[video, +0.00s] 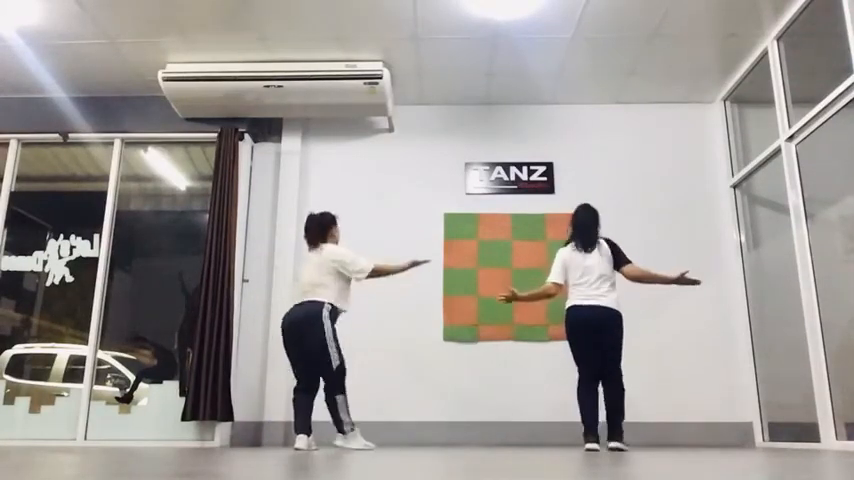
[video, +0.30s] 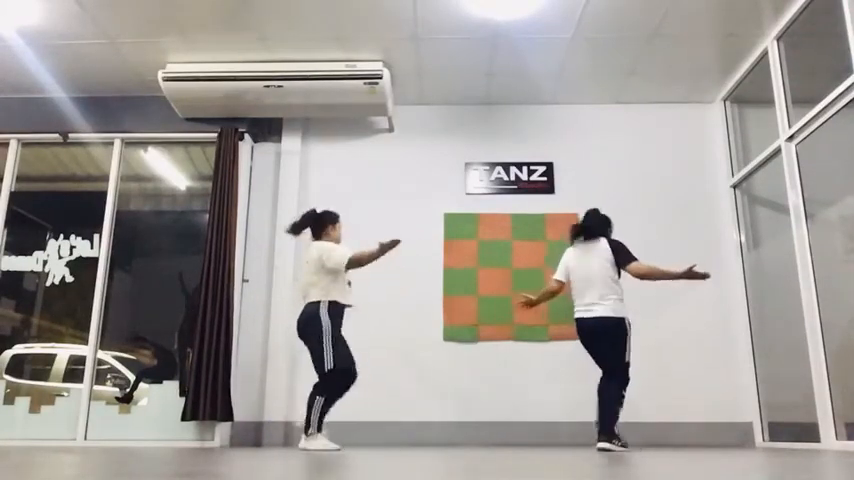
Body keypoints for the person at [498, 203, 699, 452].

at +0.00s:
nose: (575, 225)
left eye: (573, 221)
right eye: (592, 222)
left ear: (573, 225)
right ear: (597, 224)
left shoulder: (565, 252)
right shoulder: (608, 247)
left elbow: (552, 289)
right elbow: (633, 273)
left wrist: (520, 297)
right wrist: (672, 279)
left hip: (577, 315)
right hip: (609, 315)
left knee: (587, 375)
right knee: (612, 374)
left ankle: (591, 437)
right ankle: (615, 437)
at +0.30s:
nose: (610, 231)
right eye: (609, 228)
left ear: (582, 228)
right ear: (606, 228)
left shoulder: (571, 252)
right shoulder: (611, 246)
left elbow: (555, 287)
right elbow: (639, 271)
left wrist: (535, 300)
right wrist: (680, 275)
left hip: (584, 324)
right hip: (612, 321)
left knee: (609, 373)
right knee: (619, 375)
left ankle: (606, 431)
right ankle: (607, 434)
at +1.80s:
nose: (610, 219)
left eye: (607, 215)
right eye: (605, 216)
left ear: (595, 221)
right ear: (595, 221)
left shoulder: (597, 247)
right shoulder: (590, 245)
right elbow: (589, 275)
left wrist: (617, 276)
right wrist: (614, 283)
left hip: (602, 313)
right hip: (596, 313)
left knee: (602, 373)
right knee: (600, 373)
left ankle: (594, 432)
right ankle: (597, 433)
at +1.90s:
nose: (609, 220)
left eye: (606, 215)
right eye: (604, 216)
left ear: (592, 222)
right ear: (595, 221)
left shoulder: (590, 246)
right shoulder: (594, 245)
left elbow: (592, 276)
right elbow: (595, 273)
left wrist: (611, 280)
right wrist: (615, 283)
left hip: (594, 312)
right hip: (598, 313)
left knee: (600, 374)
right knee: (600, 374)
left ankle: (595, 432)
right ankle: (596, 433)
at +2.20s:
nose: (606, 222)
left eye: (604, 218)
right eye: (602, 219)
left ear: (589, 225)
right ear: (593, 224)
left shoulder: (584, 247)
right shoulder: (599, 241)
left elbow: (589, 278)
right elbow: (608, 264)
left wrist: (612, 284)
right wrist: (621, 282)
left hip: (584, 313)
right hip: (598, 314)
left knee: (597, 375)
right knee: (602, 374)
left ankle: (592, 433)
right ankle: (599, 433)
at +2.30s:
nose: (605, 225)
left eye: (603, 221)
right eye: (602, 222)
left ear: (587, 229)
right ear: (594, 226)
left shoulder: (582, 251)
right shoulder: (601, 241)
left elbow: (585, 282)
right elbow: (611, 261)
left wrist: (611, 285)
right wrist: (624, 285)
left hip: (580, 314)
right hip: (596, 314)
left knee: (595, 375)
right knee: (605, 373)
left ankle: (591, 433)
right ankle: (600, 433)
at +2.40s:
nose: (607, 237)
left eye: (605, 233)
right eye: (605, 233)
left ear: (584, 239)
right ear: (597, 235)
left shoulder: (579, 259)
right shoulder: (602, 246)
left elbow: (581, 290)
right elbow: (616, 271)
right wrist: (619, 296)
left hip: (576, 319)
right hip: (594, 319)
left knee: (600, 376)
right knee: (613, 374)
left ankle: (591, 433)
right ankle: (600, 432)